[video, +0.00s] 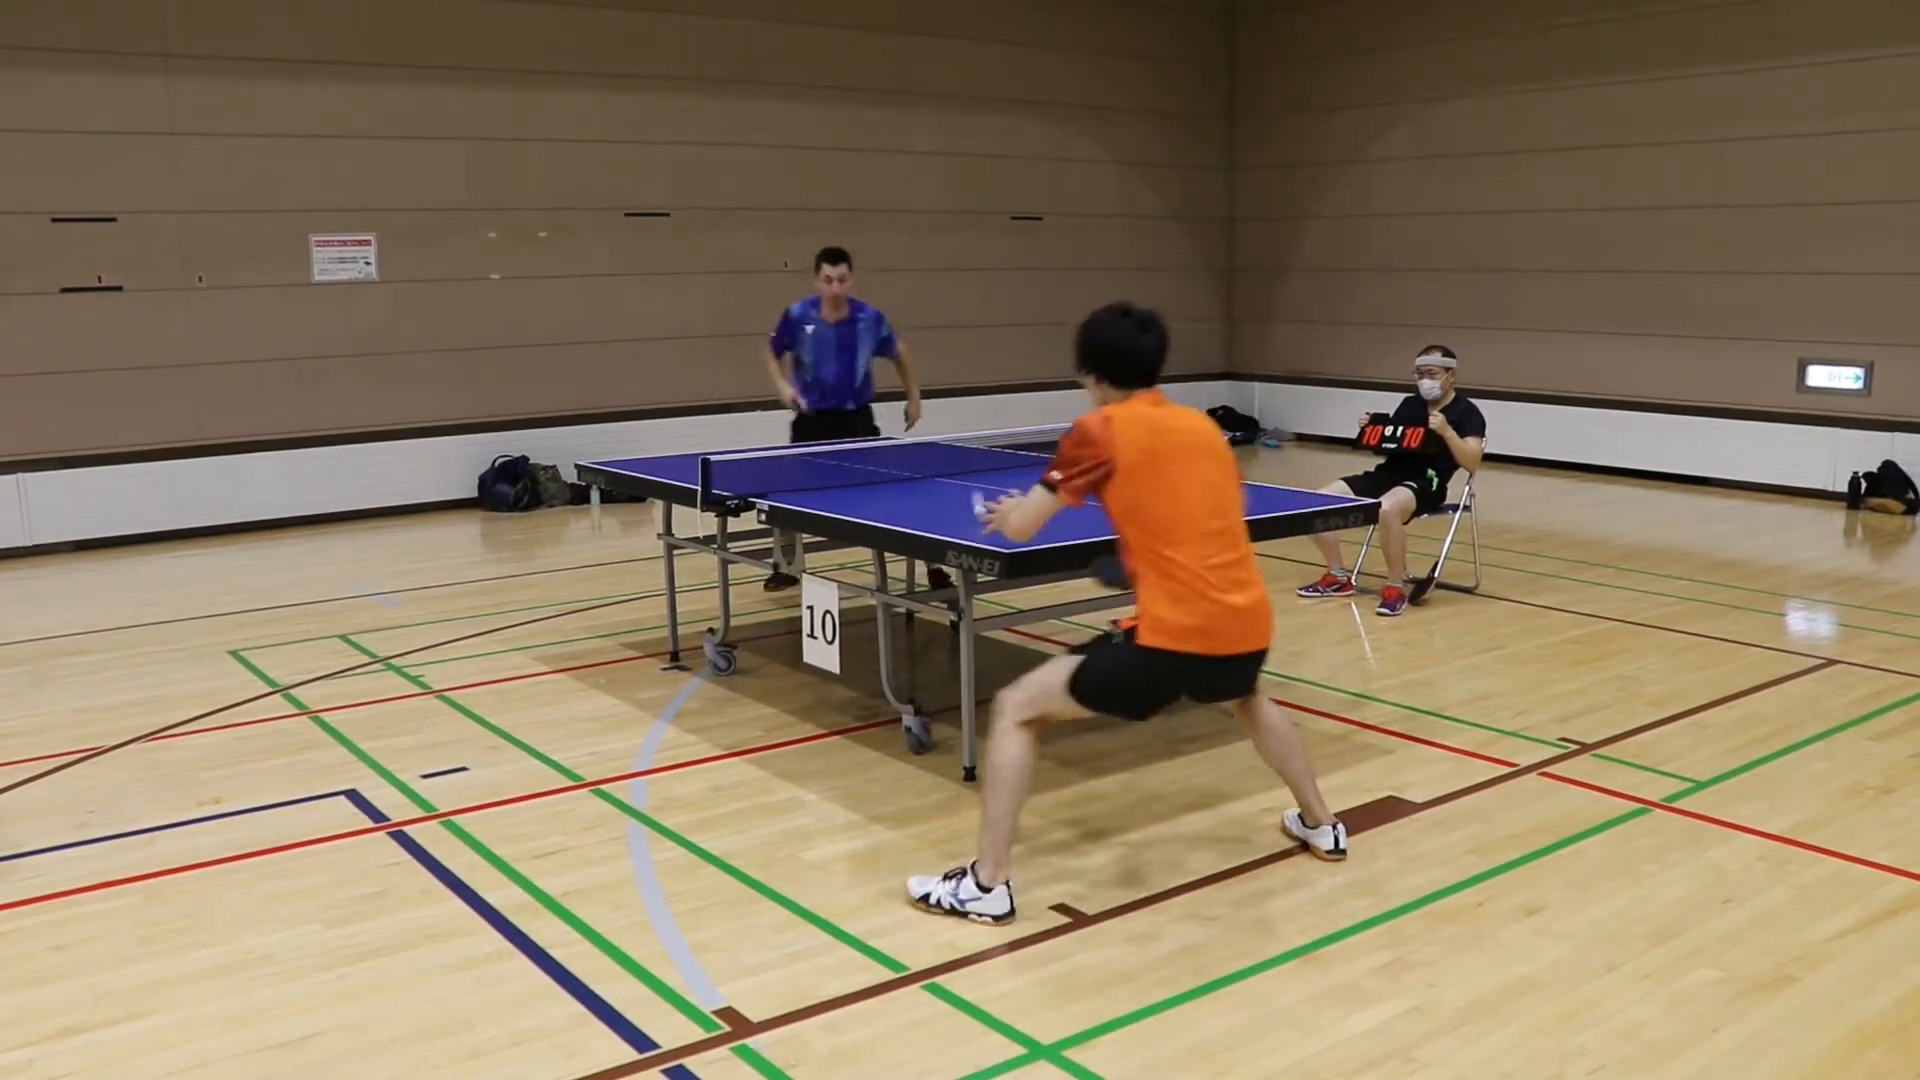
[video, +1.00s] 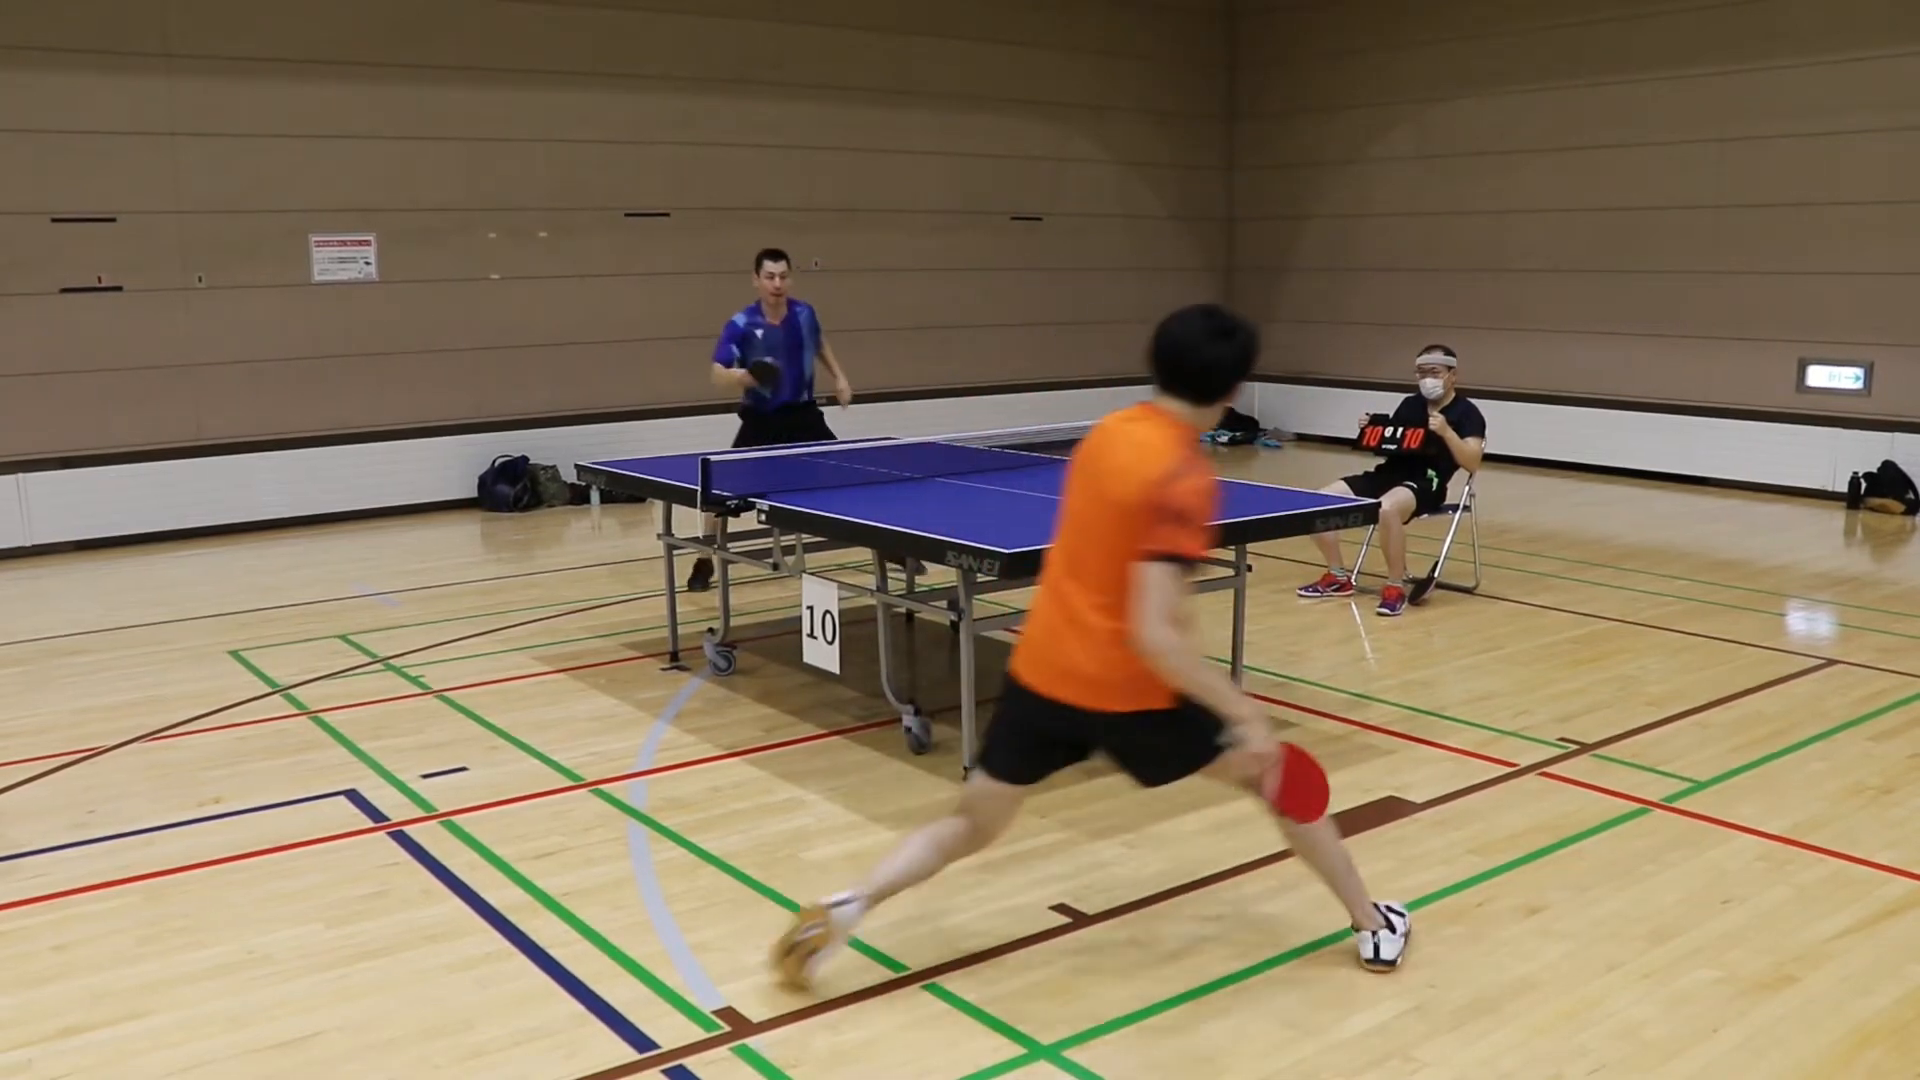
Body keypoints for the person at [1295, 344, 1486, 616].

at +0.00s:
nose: (1426, 381)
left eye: (1433, 374)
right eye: (1420, 374)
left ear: (1451, 377)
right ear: (1415, 376)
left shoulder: (1467, 413)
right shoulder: (1411, 404)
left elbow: (1472, 463)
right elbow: (1393, 437)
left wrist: (1447, 432)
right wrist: (1372, 425)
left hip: (1427, 482)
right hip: (1390, 473)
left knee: (1388, 509)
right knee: (1318, 501)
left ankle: (1395, 588)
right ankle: (1337, 576)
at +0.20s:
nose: (1426, 381)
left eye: (1433, 374)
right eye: (1420, 374)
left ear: (1451, 377)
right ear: (1415, 376)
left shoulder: (1467, 414)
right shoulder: (1411, 404)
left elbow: (1472, 463)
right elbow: (1393, 438)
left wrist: (1447, 432)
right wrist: (1372, 425)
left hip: (1427, 481)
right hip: (1390, 473)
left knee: (1389, 509)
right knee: (1319, 502)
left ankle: (1395, 587)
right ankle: (1337, 576)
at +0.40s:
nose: (1422, 382)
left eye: (1430, 376)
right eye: (1418, 375)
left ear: (1449, 378)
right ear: (1414, 376)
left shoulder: (1467, 414)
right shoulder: (1411, 404)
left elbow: (1472, 464)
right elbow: (1393, 440)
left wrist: (1447, 433)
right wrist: (1372, 426)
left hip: (1427, 482)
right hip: (1391, 473)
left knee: (1389, 510)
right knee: (1319, 502)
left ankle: (1395, 588)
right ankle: (1337, 576)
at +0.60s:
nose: (1420, 382)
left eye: (1427, 375)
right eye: (1417, 374)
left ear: (1448, 378)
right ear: (1413, 375)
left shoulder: (1467, 414)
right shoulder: (1411, 404)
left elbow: (1472, 463)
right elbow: (1393, 439)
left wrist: (1447, 433)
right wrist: (1372, 426)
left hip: (1427, 482)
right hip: (1391, 474)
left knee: (1388, 510)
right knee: (1320, 502)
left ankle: (1395, 588)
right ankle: (1337, 576)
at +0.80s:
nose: (1423, 379)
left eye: (1430, 373)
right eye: (1419, 373)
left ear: (1449, 377)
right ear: (1414, 375)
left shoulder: (1467, 413)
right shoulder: (1411, 404)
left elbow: (1472, 463)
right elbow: (1394, 438)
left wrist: (1446, 433)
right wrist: (1373, 426)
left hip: (1427, 481)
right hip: (1391, 473)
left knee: (1389, 509)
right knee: (1318, 502)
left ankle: (1395, 588)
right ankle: (1337, 576)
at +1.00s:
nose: (1428, 378)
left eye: (1436, 372)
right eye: (1422, 372)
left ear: (1453, 377)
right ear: (1417, 375)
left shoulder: (1467, 414)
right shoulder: (1411, 404)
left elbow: (1472, 463)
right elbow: (1393, 438)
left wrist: (1447, 433)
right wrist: (1373, 426)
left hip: (1427, 481)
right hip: (1391, 473)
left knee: (1388, 509)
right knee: (1320, 502)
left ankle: (1394, 587)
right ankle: (1337, 576)